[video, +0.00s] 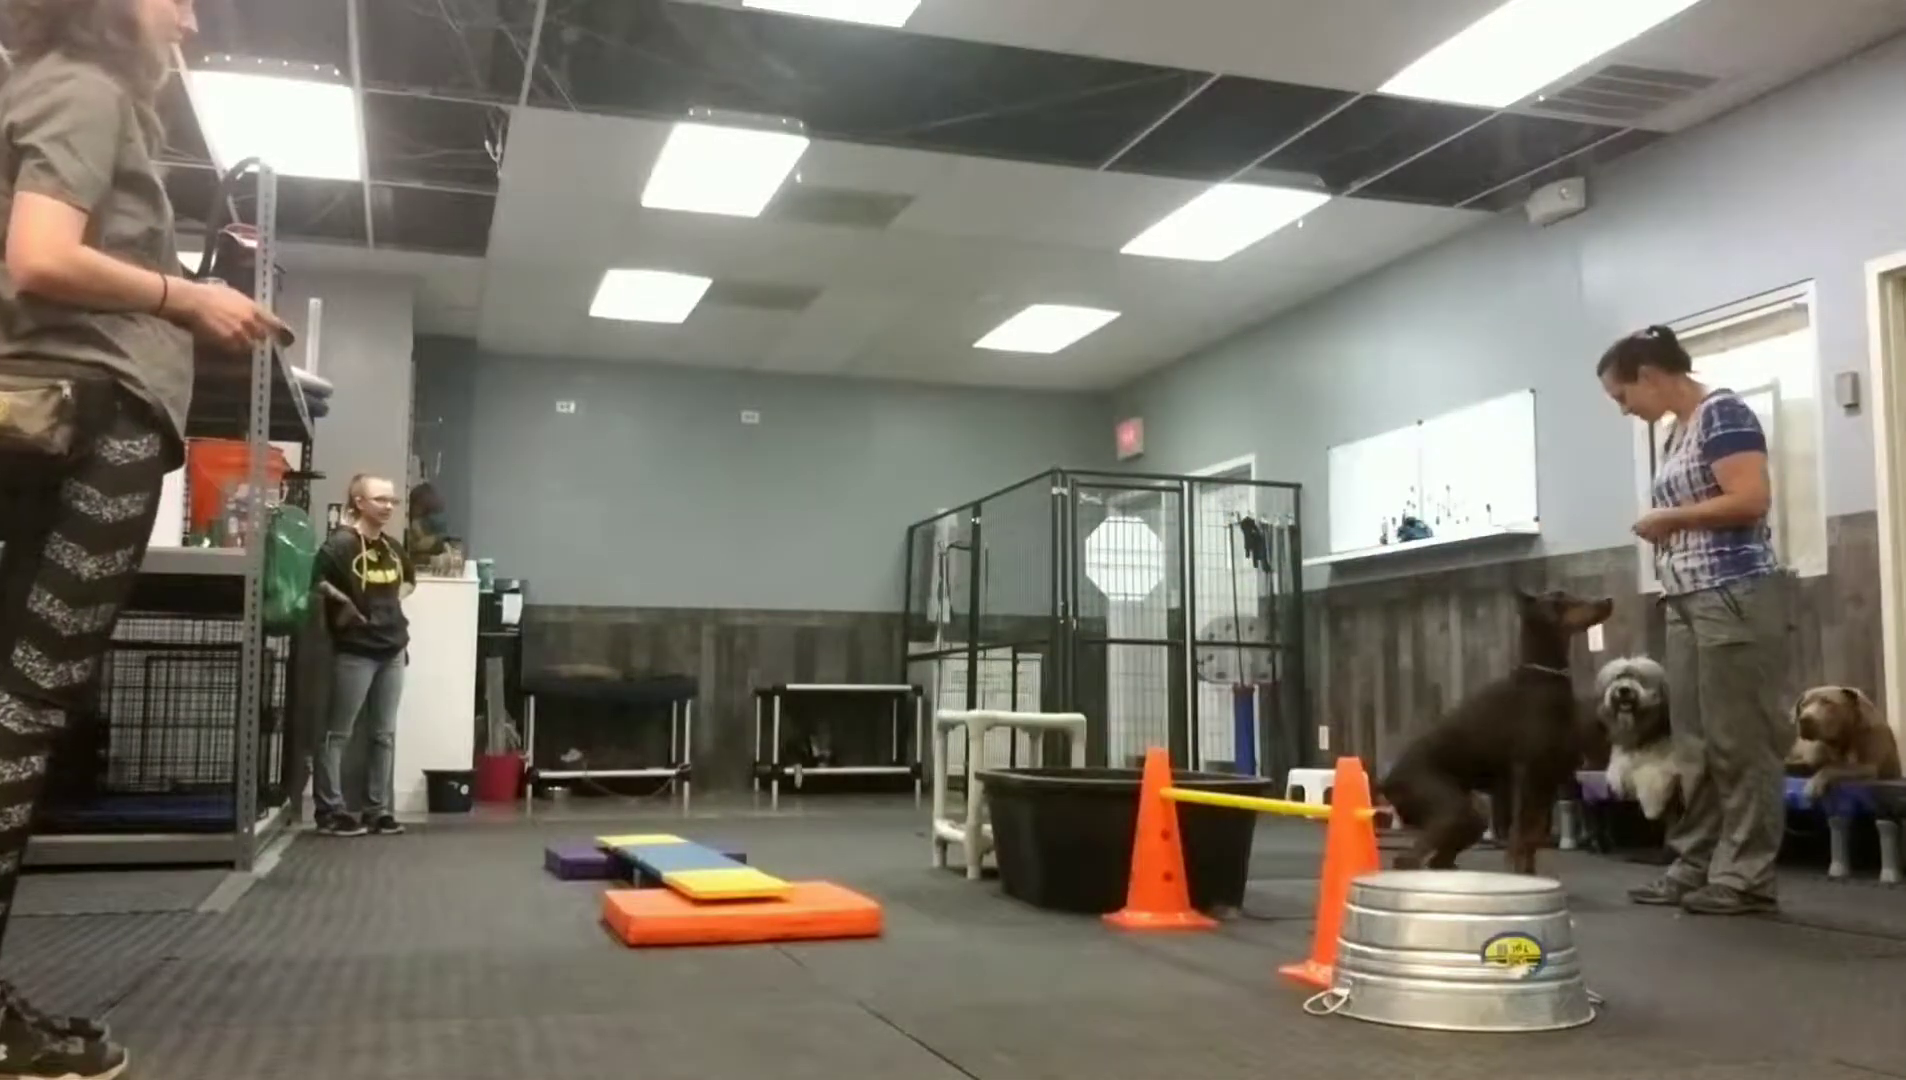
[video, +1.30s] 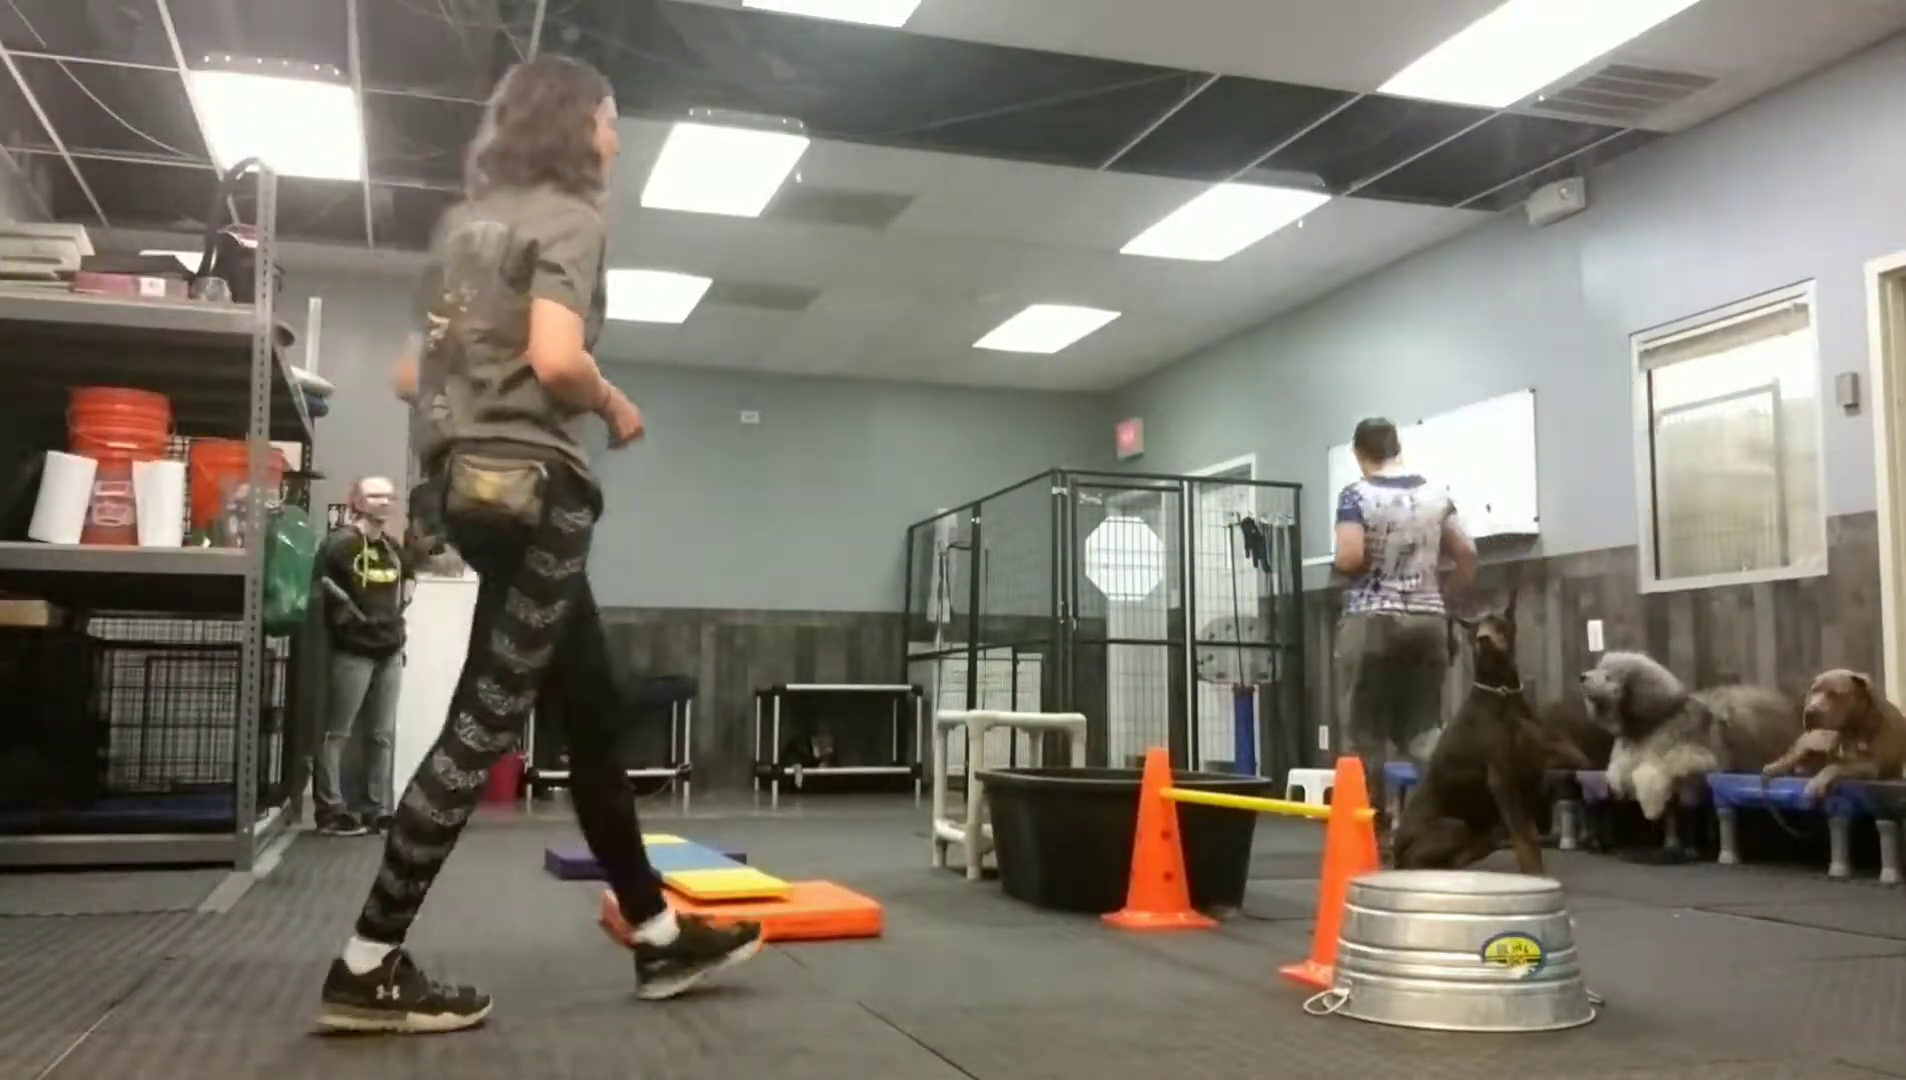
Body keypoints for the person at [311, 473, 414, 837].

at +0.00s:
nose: (388, 507)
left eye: (392, 500)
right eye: (380, 500)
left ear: (393, 505)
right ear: (358, 502)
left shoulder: (391, 546)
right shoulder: (339, 546)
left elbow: (407, 582)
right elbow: (316, 588)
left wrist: (391, 619)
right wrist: (347, 611)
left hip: (392, 649)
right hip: (355, 650)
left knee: (384, 735)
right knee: (339, 734)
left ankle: (378, 811)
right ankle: (330, 811)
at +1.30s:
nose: (385, 503)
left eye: (388, 497)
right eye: (376, 496)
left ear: (393, 503)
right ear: (356, 503)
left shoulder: (392, 548)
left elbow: (403, 595)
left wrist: (390, 622)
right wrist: (373, 627)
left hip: (389, 652)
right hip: (352, 651)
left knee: (382, 735)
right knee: (338, 733)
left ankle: (376, 808)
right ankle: (330, 809)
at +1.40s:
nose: (382, 505)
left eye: (385, 500)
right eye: (374, 499)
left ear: (388, 505)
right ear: (356, 503)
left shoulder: (386, 549)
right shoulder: (340, 541)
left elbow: (413, 582)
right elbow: (322, 580)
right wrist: (345, 604)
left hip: (389, 649)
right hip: (354, 648)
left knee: (382, 734)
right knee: (339, 733)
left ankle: (377, 809)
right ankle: (330, 810)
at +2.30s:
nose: (378, 512)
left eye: (384, 506)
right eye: (371, 505)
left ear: (389, 509)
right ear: (352, 507)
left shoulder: (388, 550)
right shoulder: (337, 543)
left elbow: (425, 563)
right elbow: (317, 579)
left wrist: (407, 538)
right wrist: (340, 600)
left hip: (390, 649)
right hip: (354, 648)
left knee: (383, 734)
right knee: (340, 734)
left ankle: (377, 810)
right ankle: (330, 810)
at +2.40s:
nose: (377, 505)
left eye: (382, 500)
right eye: (369, 499)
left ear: (389, 506)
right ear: (353, 504)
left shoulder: (387, 550)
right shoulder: (337, 545)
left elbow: (391, 597)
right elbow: (320, 591)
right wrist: (348, 618)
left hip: (390, 649)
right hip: (353, 649)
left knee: (382, 735)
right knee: (338, 734)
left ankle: (377, 811)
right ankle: (329, 810)